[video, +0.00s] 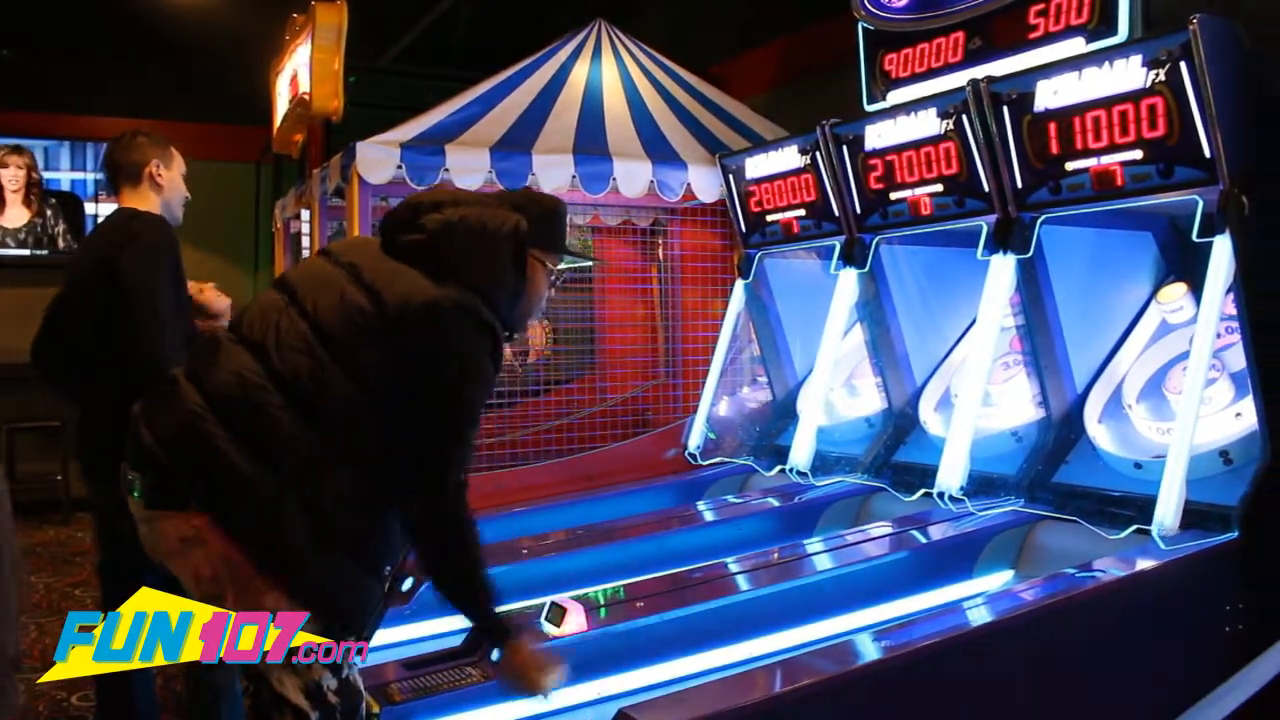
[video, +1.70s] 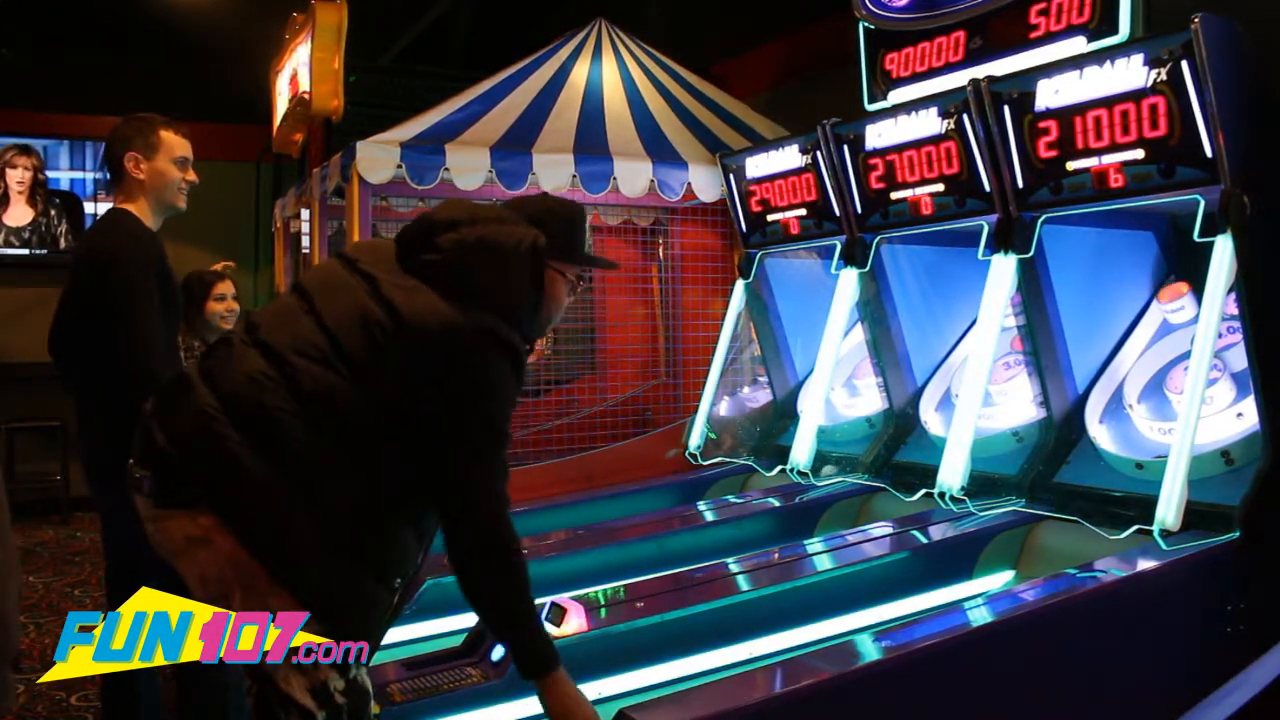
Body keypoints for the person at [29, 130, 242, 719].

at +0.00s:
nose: (187, 185)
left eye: (185, 172)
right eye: (183, 172)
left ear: (125, 178)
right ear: (157, 172)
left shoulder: (103, 239)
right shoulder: (152, 238)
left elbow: (50, 349)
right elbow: (160, 353)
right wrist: (211, 321)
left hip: (106, 448)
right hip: (144, 454)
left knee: (124, 593)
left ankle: (125, 706)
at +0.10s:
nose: (189, 185)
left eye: (187, 172)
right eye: (184, 172)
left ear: (127, 177)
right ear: (157, 172)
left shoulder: (102, 241)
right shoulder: (152, 239)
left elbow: (56, 350)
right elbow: (162, 354)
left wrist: (105, 403)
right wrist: (207, 325)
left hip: (109, 451)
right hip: (148, 455)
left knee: (126, 596)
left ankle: (125, 706)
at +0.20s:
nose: (191, 185)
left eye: (189, 171)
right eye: (186, 171)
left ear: (133, 176)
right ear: (158, 172)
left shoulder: (105, 240)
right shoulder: (149, 240)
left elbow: (60, 349)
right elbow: (160, 359)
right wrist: (201, 327)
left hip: (111, 454)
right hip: (144, 460)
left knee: (127, 598)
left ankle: (125, 706)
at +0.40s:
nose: (195, 181)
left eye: (193, 169)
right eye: (185, 168)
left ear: (138, 174)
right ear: (143, 172)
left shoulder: (106, 240)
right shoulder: (146, 239)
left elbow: (65, 350)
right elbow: (155, 361)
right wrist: (195, 325)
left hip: (114, 456)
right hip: (145, 460)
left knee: (129, 600)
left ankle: (127, 707)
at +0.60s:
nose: (184, 177)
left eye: (186, 167)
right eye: (170, 164)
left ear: (135, 176)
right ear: (127, 170)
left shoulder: (104, 238)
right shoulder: (143, 239)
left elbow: (65, 349)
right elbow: (154, 355)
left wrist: (110, 401)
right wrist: (195, 418)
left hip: (110, 444)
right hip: (141, 449)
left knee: (128, 591)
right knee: (164, 592)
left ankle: (127, 705)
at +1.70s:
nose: (192, 177)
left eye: (191, 165)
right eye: (182, 163)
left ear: (136, 168)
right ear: (137, 165)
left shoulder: (105, 238)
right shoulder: (134, 245)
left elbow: (64, 343)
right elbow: (152, 362)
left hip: (115, 453)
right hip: (137, 459)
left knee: (134, 592)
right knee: (155, 596)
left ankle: (131, 704)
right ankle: (151, 706)